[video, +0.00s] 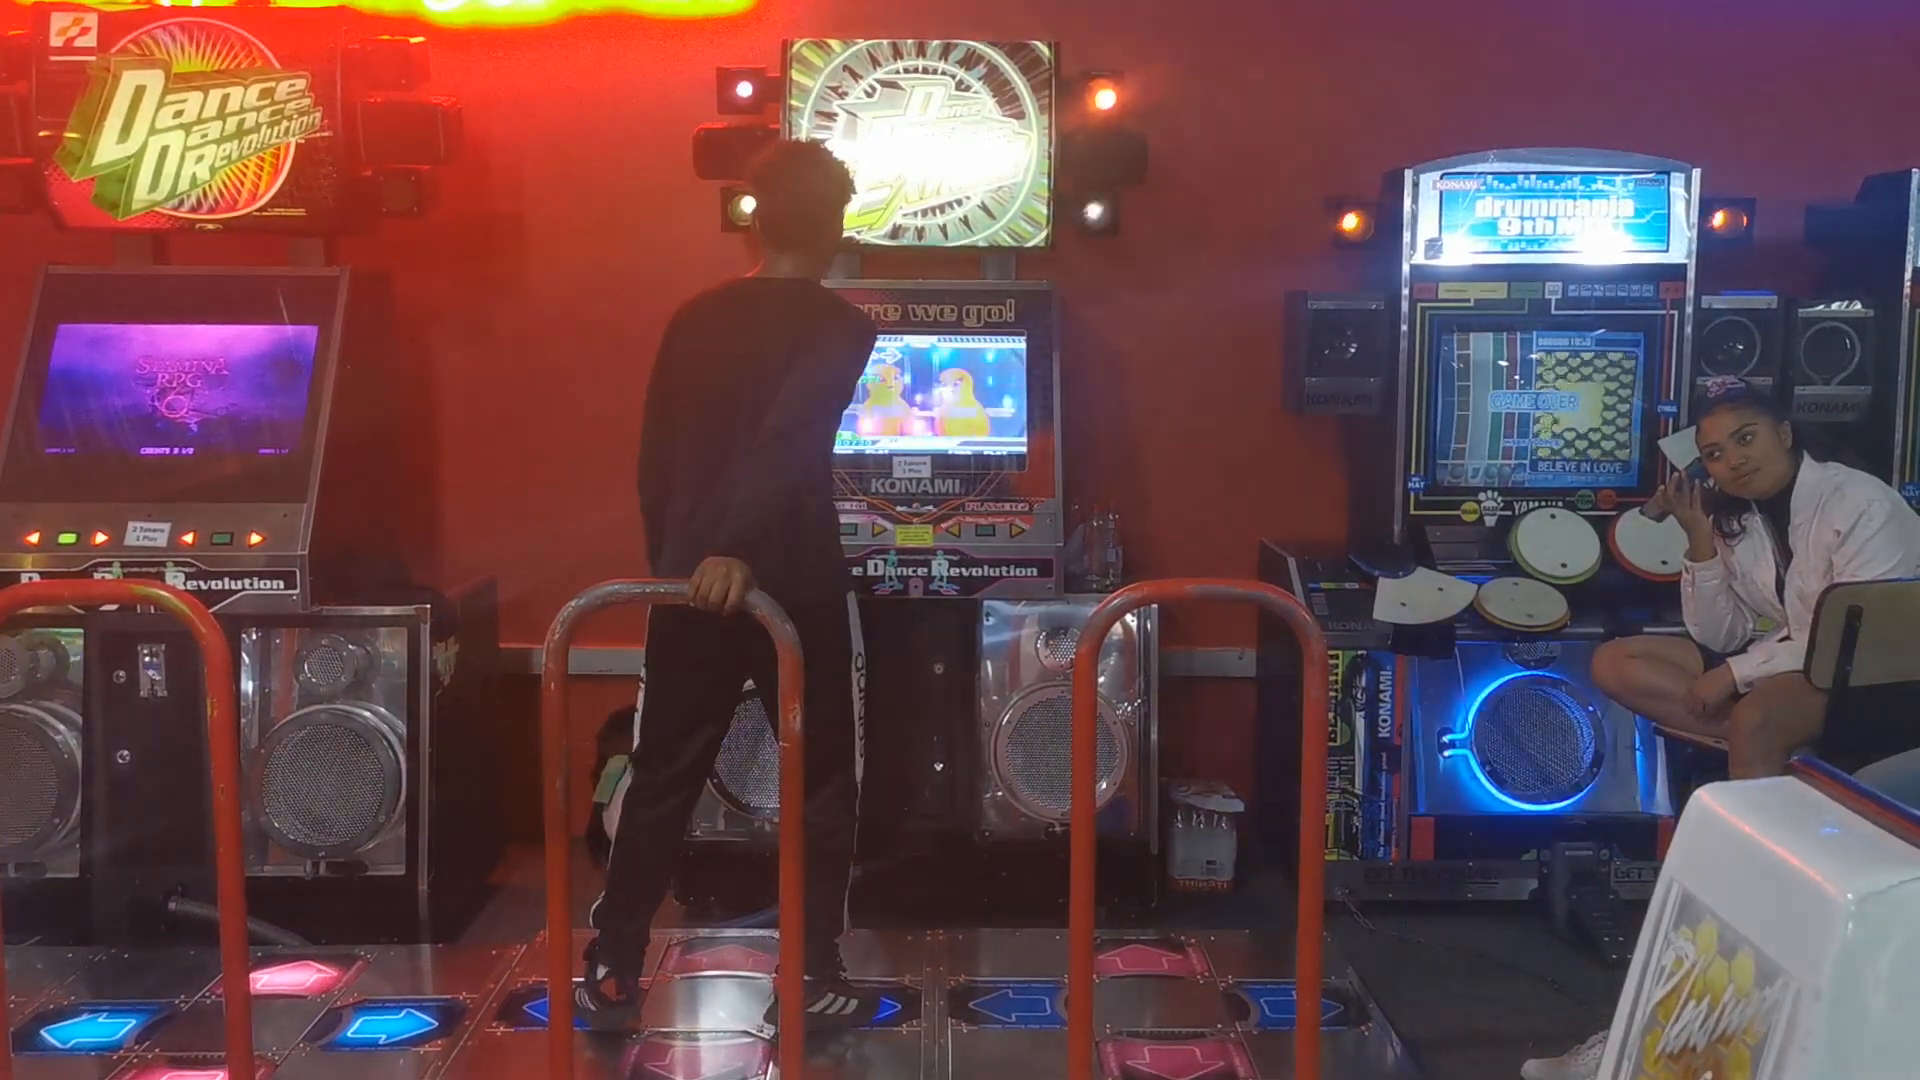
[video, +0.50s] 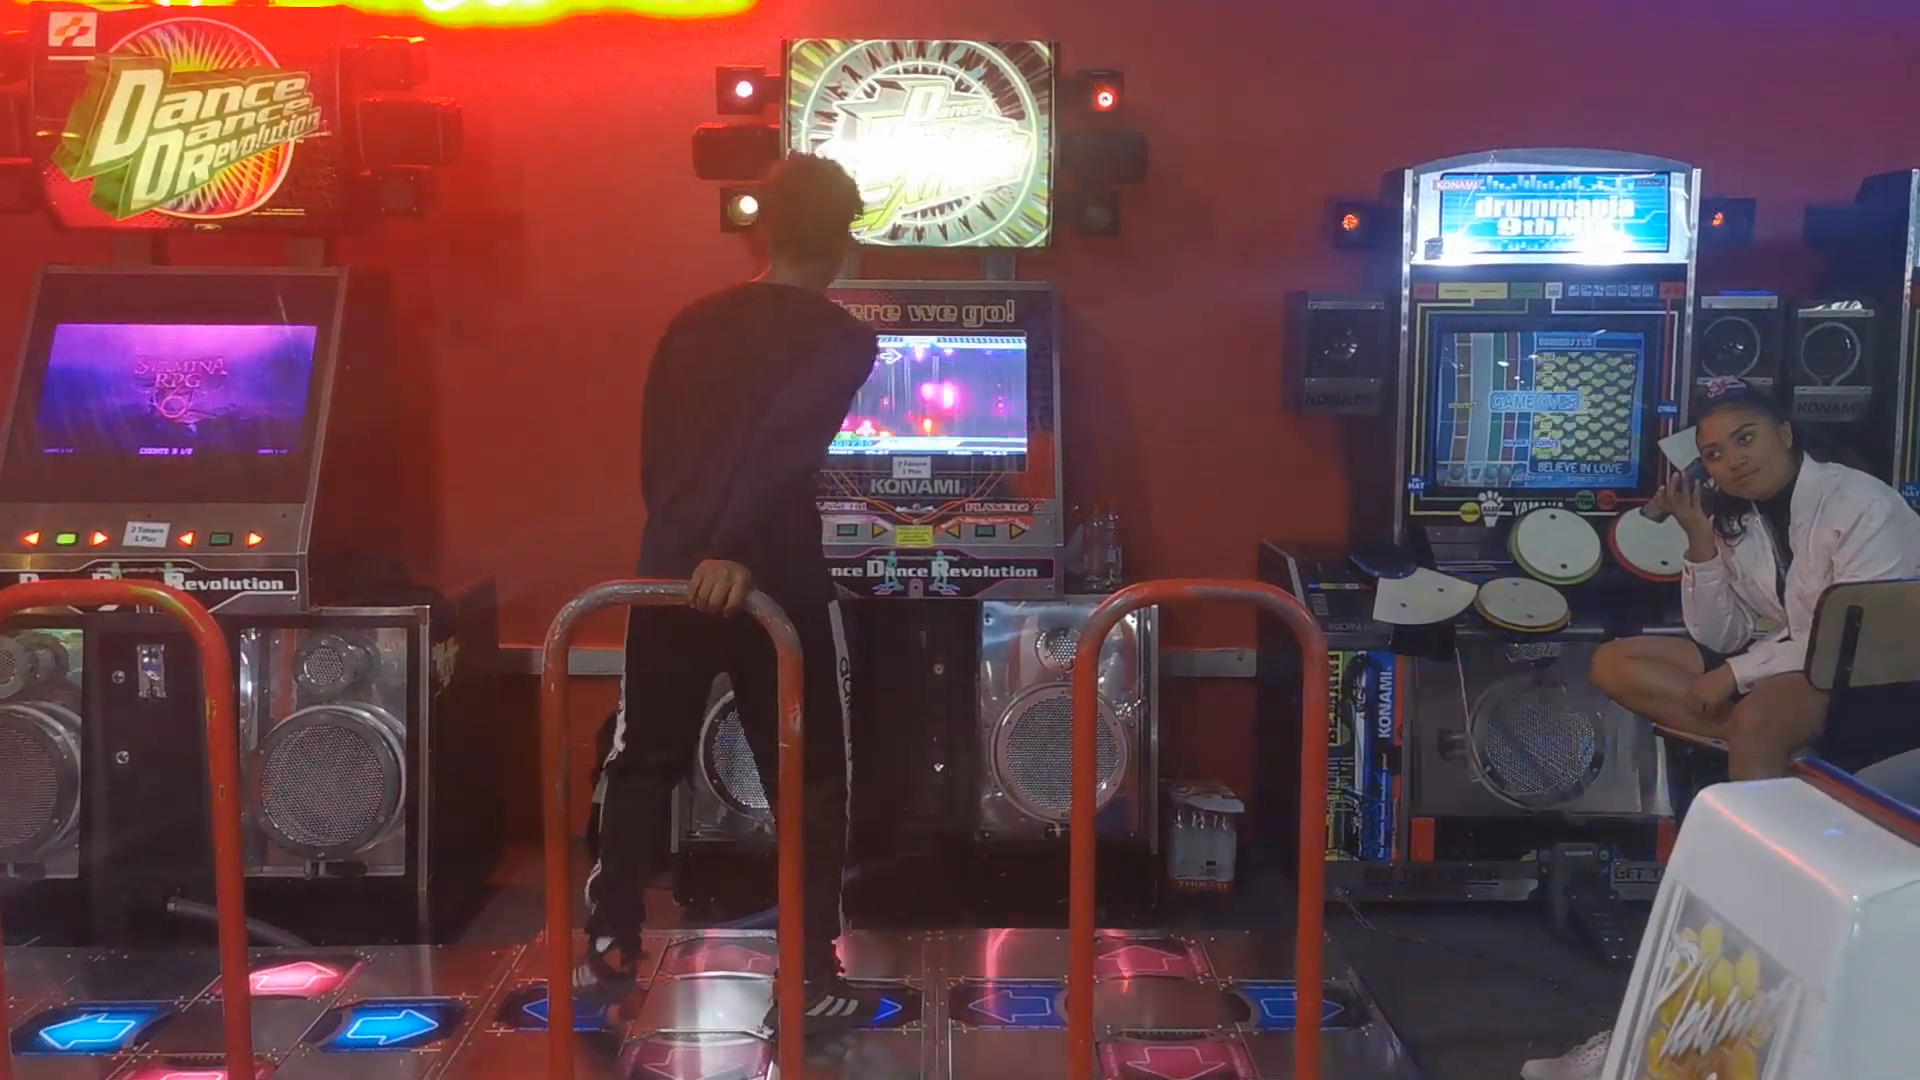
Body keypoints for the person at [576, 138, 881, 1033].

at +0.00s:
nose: (842, 230)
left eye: (834, 214)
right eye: (840, 216)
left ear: (757, 224)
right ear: (833, 228)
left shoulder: (694, 317)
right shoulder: (837, 324)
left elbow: (656, 459)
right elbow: (787, 433)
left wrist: (677, 562)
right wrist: (735, 543)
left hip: (689, 570)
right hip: (792, 572)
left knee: (664, 772)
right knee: (818, 778)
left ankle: (611, 971)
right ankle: (814, 983)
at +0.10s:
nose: (848, 232)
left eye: (841, 216)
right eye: (845, 218)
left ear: (760, 223)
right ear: (836, 228)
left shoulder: (695, 318)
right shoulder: (839, 323)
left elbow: (668, 456)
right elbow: (791, 432)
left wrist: (693, 546)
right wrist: (735, 543)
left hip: (690, 568)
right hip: (792, 572)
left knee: (660, 775)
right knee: (818, 782)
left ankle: (612, 974)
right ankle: (811, 984)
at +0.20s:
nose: (854, 238)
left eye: (848, 223)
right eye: (854, 225)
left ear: (767, 228)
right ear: (848, 233)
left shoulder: (703, 318)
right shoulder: (846, 327)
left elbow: (672, 450)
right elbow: (796, 434)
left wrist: (707, 538)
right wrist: (736, 542)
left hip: (689, 565)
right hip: (790, 574)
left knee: (659, 771)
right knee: (818, 778)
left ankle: (613, 975)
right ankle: (812, 983)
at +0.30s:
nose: (861, 245)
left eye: (854, 229)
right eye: (862, 231)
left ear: (776, 230)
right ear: (856, 237)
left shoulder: (709, 323)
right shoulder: (854, 331)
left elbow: (678, 458)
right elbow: (798, 436)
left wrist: (723, 536)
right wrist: (735, 543)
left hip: (689, 563)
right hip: (790, 571)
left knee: (657, 771)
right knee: (814, 783)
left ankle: (610, 972)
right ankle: (814, 985)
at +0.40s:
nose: (860, 248)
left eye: (856, 233)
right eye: (861, 235)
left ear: (776, 233)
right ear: (854, 240)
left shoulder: (704, 326)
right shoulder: (853, 338)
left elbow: (673, 457)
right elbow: (796, 438)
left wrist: (702, 542)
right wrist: (734, 543)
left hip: (684, 567)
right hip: (785, 577)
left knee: (644, 761)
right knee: (811, 779)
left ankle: (610, 963)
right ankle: (811, 982)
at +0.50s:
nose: (848, 245)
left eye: (844, 231)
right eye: (848, 233)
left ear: (763, 233)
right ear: (839, 240)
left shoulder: (690, 324)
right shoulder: (839, 335)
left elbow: (657, 458)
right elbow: (785, 439)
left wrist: (687, 538)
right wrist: (732, 542)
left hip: (674, 567)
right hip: (775, 576)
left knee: (642, 756)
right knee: (806, 774)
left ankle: (609, 957)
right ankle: (809, 980)